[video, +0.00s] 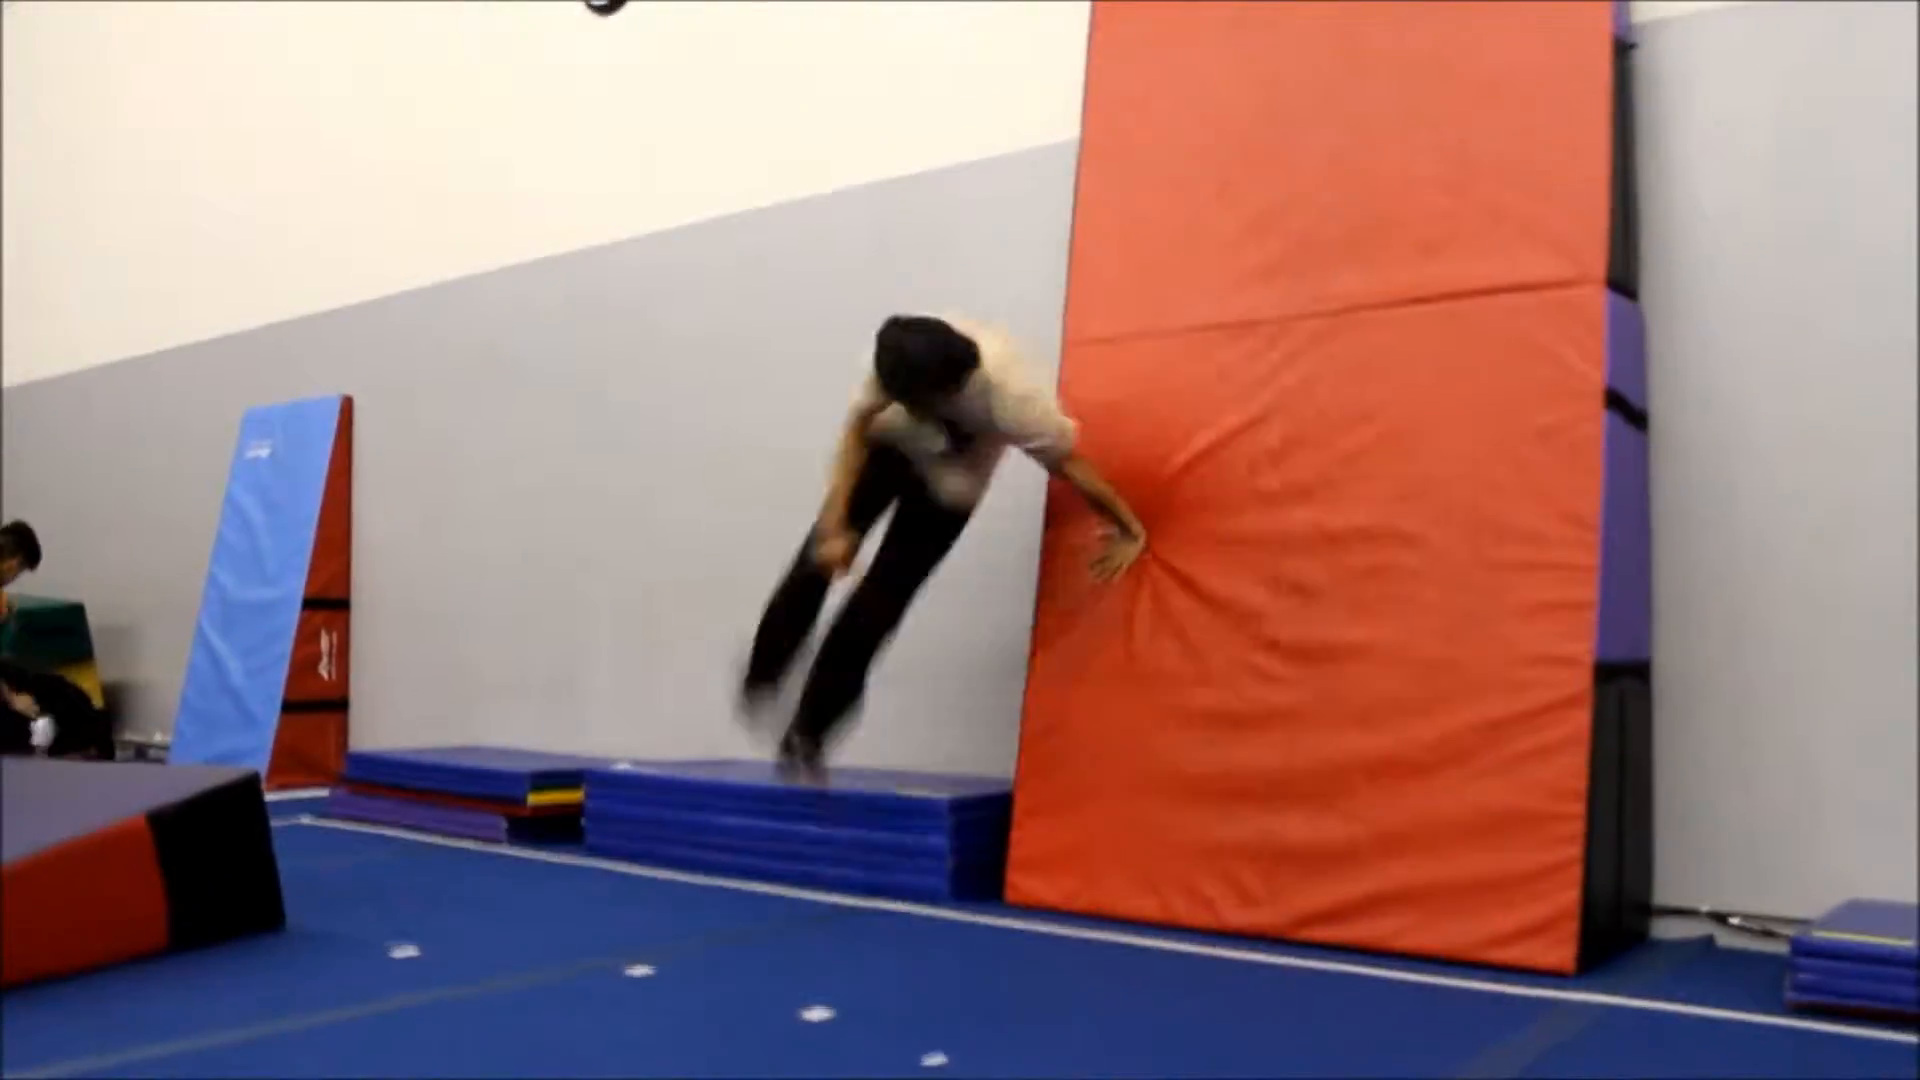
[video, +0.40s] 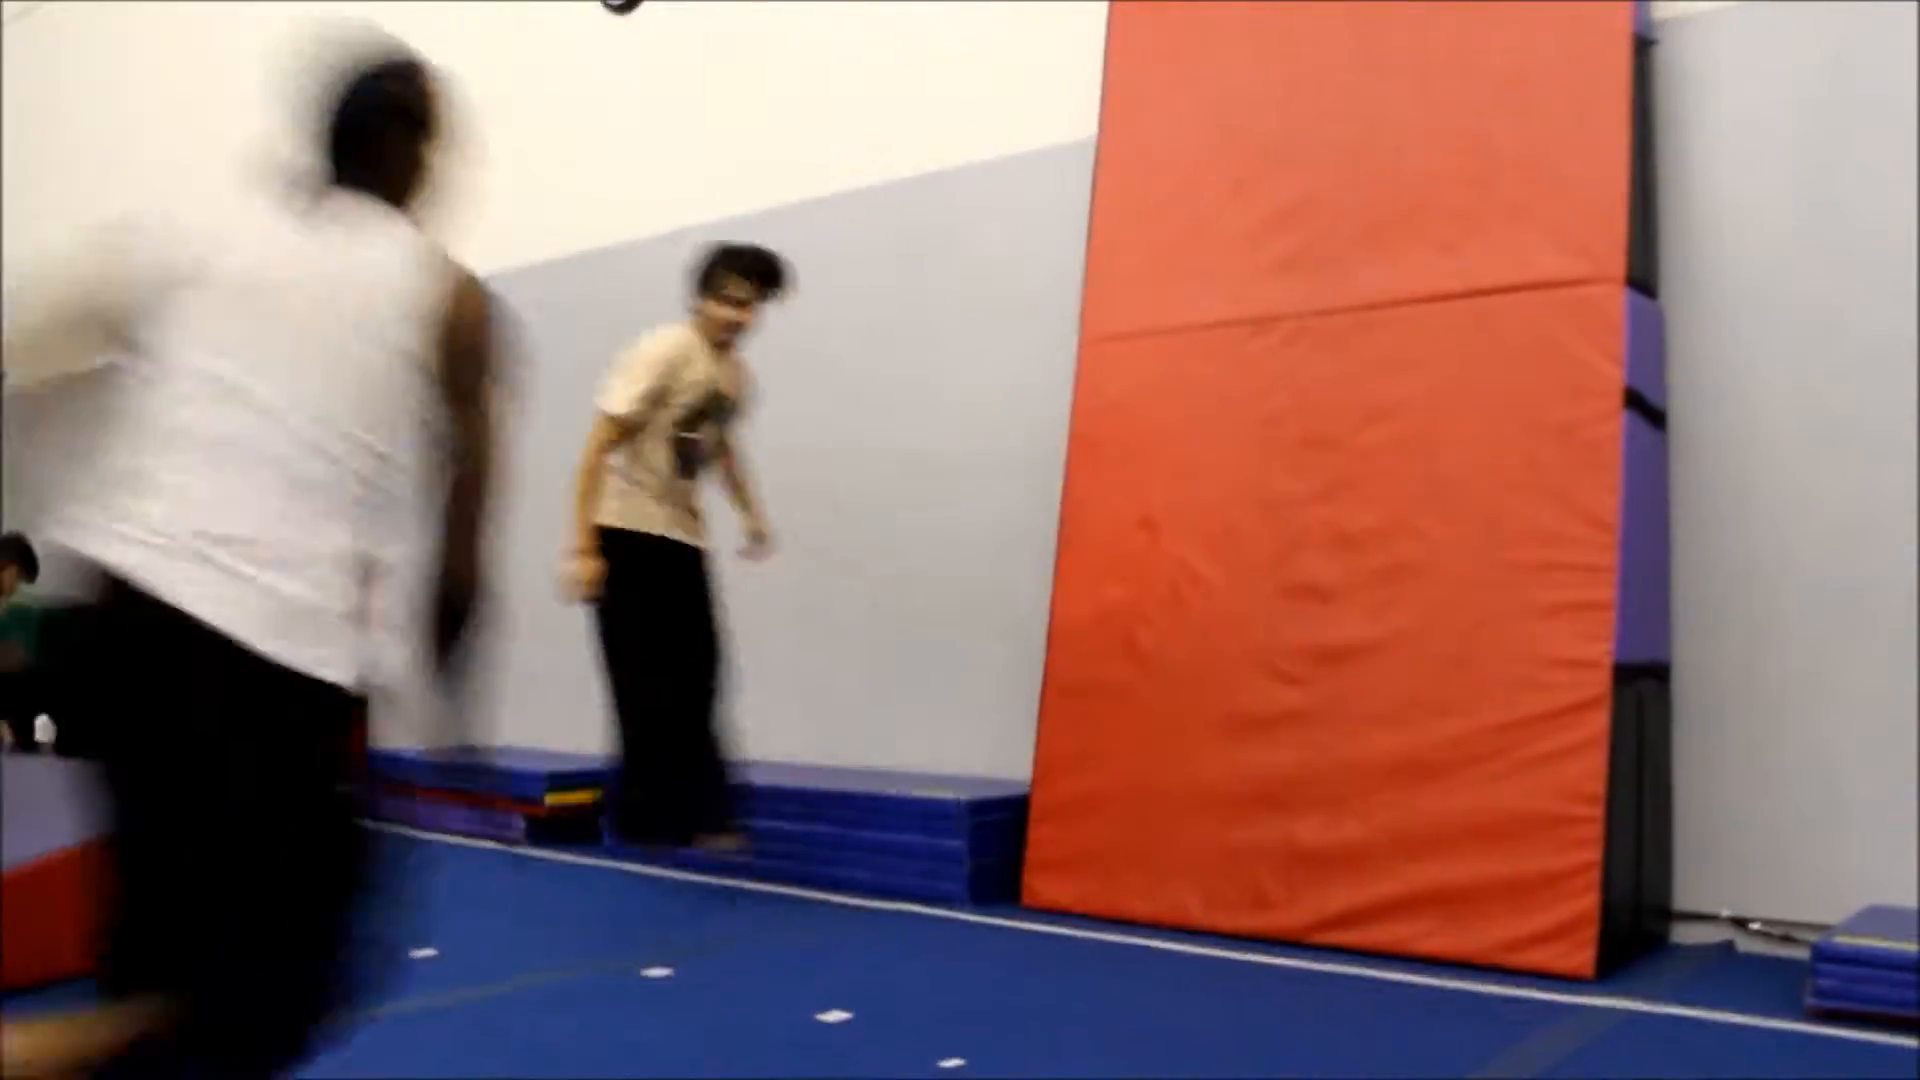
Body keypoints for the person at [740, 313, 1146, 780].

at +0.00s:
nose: (902, 404)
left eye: (910, 395)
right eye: (897, 393)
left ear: (942, 387)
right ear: (892, 378)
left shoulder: (1005, 399)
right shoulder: (894, 365)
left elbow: (1069, 465)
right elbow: (856, 433)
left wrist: (1133, 530)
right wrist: (834, 527)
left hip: (946, 492)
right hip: (888, 456)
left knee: (876, 609)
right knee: (818, 559)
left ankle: (808, 734)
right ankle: (762, 678)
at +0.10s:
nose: (888, 407)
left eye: (900, 395)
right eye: (877, 394)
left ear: (923, 384)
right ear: (862, 381)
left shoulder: (950, 417)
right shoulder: (842, 409)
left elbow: (1036, 472)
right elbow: (783, 481)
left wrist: (1128, 524)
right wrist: (736, 567)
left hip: (897, 585)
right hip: (823, 572)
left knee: (872, 728)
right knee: (786, 715)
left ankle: (847, 878)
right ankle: (770, 865)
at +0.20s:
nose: (851, 441)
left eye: (862, 428)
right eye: (838, 428)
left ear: (876, 422)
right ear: (812, 419)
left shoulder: (886, 485)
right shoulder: (773, 472)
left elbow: (967, 528)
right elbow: (698, 545)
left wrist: (1056, 549)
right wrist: (646, 629)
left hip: (838, 656)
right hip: (765, 649)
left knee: (861, 782)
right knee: (769, 777)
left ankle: (854, 908)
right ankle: (759, 891)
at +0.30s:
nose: (812, 380)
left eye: (821, 369)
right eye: (802, 365)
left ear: (825, 370)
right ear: (772, 356)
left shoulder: (813, 426)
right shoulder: (721, 401)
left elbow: (841, 502)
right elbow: (649, 485)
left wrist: (875, 564)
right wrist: (646, 583)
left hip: (755, 592)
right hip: (692, 588)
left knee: (798, 724)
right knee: (717, 740)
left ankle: (833, 863)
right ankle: (750, 877)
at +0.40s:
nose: (738, 316)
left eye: (750, 305)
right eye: (728, 301)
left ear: (758, 312)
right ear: (702, 299)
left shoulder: (731, 374)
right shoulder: (665, 351)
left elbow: (720, 445)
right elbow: (598, 444)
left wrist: (750, 513)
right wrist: (584, 545)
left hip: (679, 537)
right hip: (627, 532)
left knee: (692, 676)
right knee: (651, 681)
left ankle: (693, 810)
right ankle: (651, 813)